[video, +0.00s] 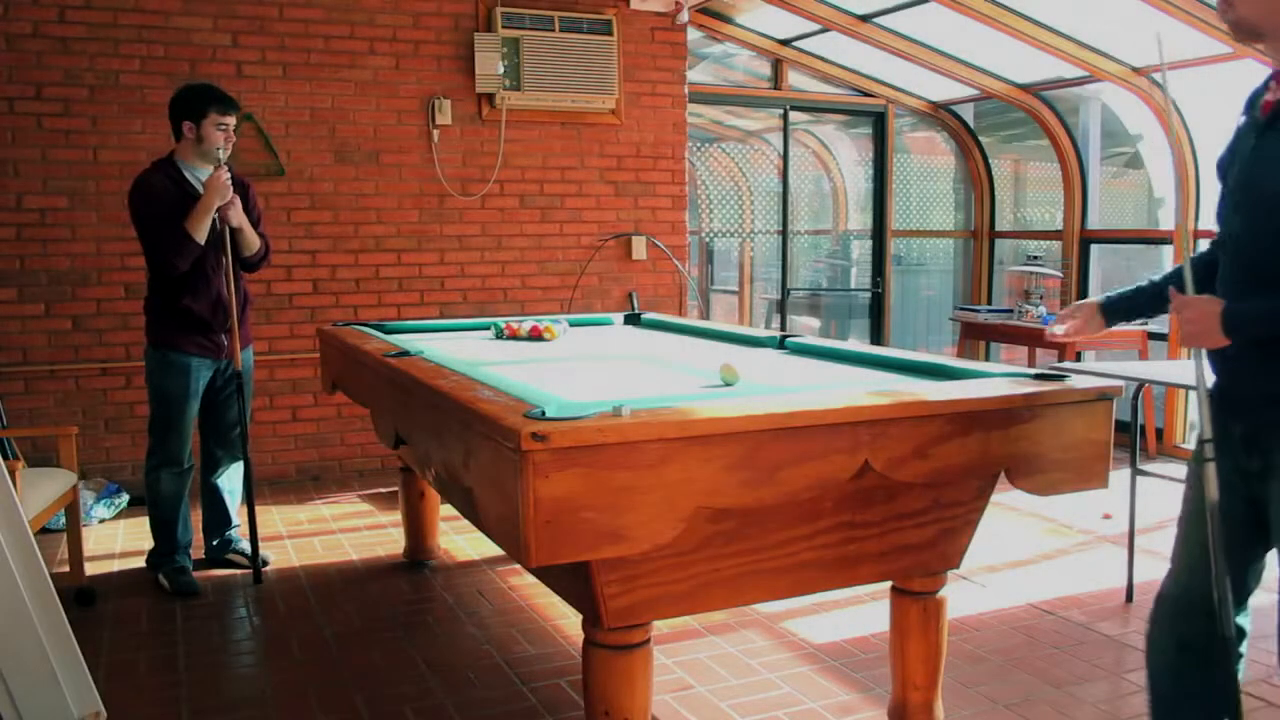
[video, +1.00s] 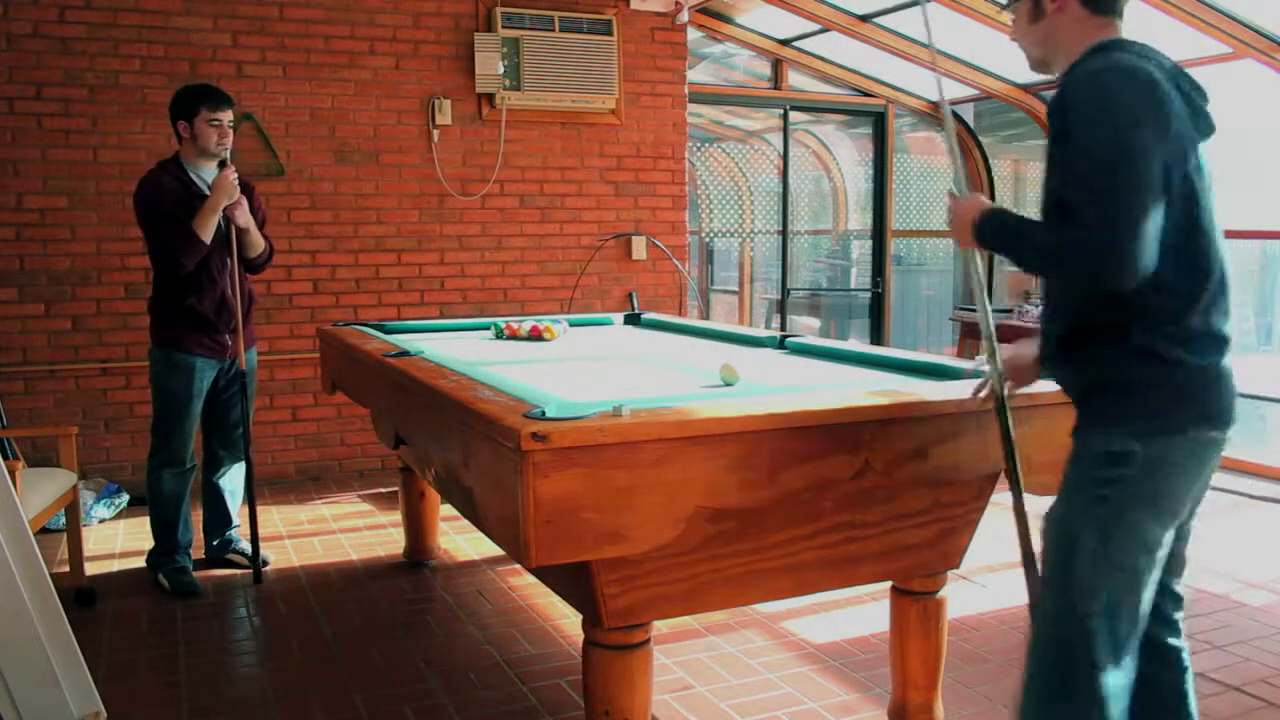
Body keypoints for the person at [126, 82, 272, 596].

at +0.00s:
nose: (229, 138)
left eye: (233, 128)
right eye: (220, 128)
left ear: (233, 132)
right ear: (187, 130)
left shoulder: (236, 185)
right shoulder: (152, 187)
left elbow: (255, 261)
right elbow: (171, 262)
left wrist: (240, 222)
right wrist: (205, 205)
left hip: (235, 338)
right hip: (180, 340)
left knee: (228, 449)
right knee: (174, 454)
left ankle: (223, 542)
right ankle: (170, 558)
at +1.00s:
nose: (226, 134)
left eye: (230, 125)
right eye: (215, 125)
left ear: (234, 130)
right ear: (183, 129)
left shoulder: (239, 185)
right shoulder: (157, 187)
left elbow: (258, 263)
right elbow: (177, 261)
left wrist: (246, 224)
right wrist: (213, 205)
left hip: (237, 338)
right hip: (184, 340)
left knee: (230, 449)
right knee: (175, 454)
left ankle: (223, 542)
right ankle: (171, 558)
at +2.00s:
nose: (224, 134)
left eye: (228, 126)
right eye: (213, 125)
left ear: (232, 131)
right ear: (182, 129)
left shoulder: (239, 186)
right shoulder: (155, 187)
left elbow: (259, 262)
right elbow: (175, 261)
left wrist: (243, 222)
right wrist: (211, 204)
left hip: (238, 339)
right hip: (183, 341)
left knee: (230, 450)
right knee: (175, 455)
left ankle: (223, 542)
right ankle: (171, 558)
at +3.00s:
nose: (223, 135)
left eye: (228, 126)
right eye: (212, 126)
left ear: (232, 131)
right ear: (181, 129)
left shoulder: (239, 186)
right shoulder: (155, 187)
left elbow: (258, 262)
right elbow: (175, 261)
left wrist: (243, 222)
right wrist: (209, 205)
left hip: (237, 339)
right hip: (182, 341)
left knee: (229, 450)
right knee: (175, 455)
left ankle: (223, 543)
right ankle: (171, 558)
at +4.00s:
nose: (240, 142)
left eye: (242, 133)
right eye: (232, 132)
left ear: (238, 138)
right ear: (200, 132)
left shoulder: (235, 185)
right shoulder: (165, 187)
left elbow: (262, 262)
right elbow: (185, 263)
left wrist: (251, 223)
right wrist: (224, 209)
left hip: (245, 337)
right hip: (195, 340)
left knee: (233, 449)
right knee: (184, 453)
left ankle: (224, 542)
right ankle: (171, 558)